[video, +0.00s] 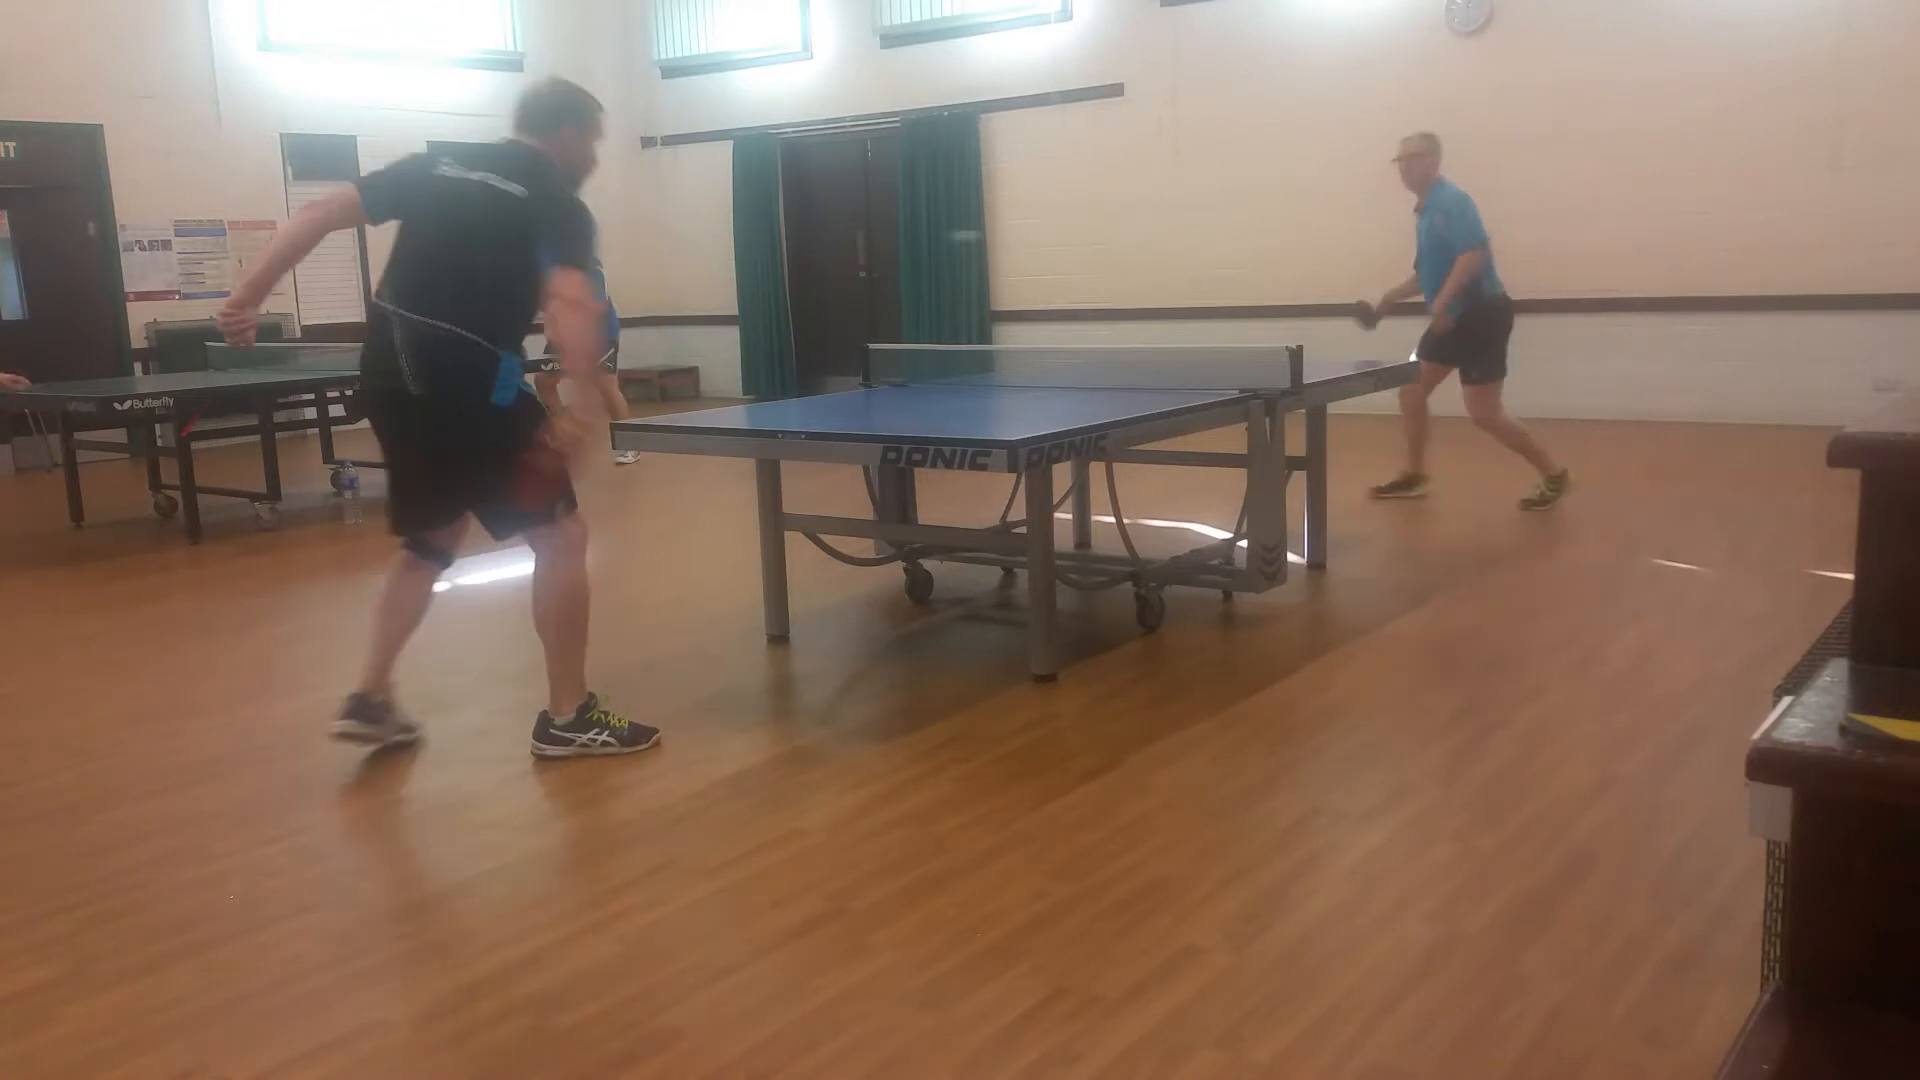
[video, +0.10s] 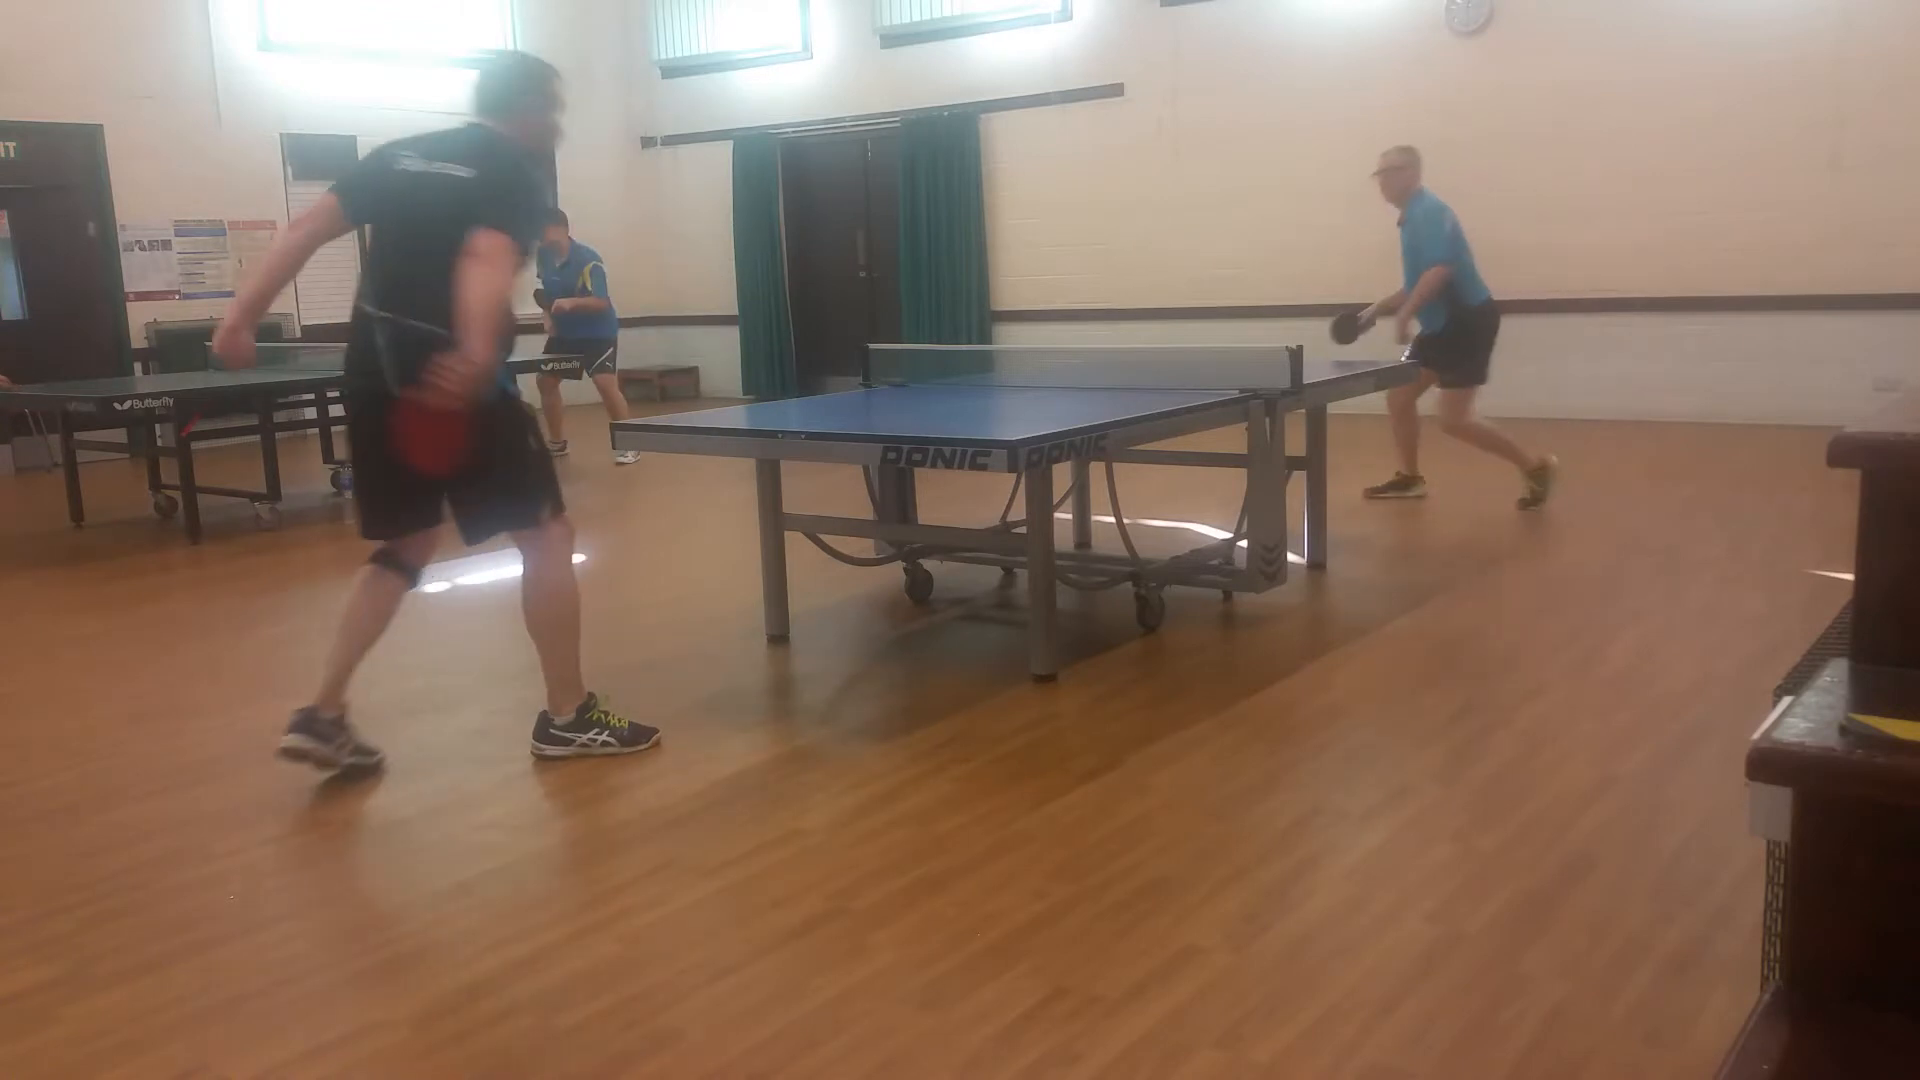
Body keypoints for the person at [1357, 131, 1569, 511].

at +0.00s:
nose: (1403, 168)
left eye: (1411, 160)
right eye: (1401, 161)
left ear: (1432, 162)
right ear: (1403, 165)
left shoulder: (1453, 201)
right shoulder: (1428, 208)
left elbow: (1473, 256)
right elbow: (1427, 272)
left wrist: (1440, 306)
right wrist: (1388, 298)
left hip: (1484, 312)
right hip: (1454, 315)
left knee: (1484, 412)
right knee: (1412, 389)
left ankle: (1554, 475)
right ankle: (1414, 474)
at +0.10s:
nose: (1379, 183)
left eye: (1385, 175)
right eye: (1378, 176)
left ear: (1408, 174)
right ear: (1398, 177)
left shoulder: (1428, 212)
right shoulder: (1411, 216)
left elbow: (1440, 270)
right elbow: (1417, 282)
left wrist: (1405, 315)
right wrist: (1377, 310)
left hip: (1471, 318)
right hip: (1443, 320)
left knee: (1454, 421)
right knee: (1400, 393)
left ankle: (1535, 468)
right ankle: (1408, 477)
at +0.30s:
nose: (1348, 200)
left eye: (1354, 192)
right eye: (1348, 193)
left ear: (1376, 189)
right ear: (1376, 190)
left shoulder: (1396, 220)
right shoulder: (1389, 223)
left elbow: (1390, 282)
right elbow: (1397, 285)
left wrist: (1356, 319)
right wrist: (1376, 316)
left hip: (1450, 319)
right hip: (1430, 322)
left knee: (1412, 409)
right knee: (1378, 394)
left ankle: (1480, 491)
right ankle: (1404, 472)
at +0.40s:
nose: (1337, 214)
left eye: (1342, 206)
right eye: (1337, 207)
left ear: (1362, 203)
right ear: (1370, 204)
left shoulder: (1377, 233)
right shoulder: (1392, 230)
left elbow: (1362, 293)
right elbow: (1397, 296)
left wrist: (1332, 323)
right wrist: (1358, 309)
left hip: (1430, 330)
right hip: (1423, 328)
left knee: (1406, 424)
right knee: (1358, 383)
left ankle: (1480, 491)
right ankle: (1380, 464)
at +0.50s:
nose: (1322, 227)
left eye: (1323, 218)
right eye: (1320, 219)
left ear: (1340, 214)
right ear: (1355, 212)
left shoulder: (1352, 239)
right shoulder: (1379, 236)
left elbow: (1328, 296)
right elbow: (1381, 295)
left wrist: (1298, 322)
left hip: (1406, 336)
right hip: (1423, 331)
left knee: (1402, 426)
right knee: (1349, 390)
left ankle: (1475, 488)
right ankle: (1330, 462)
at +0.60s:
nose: (1301, 238)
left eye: (1302, 229)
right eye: (1300, 230)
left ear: (1316, 224)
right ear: (1331, 222)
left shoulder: (1326, 246)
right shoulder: (1355, 245)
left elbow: (1292, 297)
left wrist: (1258, 321)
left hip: (1379, 337)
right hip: (1395, 334)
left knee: (1394, 421)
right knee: (1330, 404)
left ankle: (1463, 479)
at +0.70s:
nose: (1280, 253)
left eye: (1281, 248)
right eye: (1280, 249)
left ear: (1290, 241)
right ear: (1311, 237)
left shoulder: (1295, 258)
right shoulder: (1337, 260)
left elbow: (1256, 303)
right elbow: (1364, 300)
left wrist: (1229, 324)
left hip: (1355, 339)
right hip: (1380, 334)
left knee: (1381, 420)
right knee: (1302, 390)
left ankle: (1444, 475)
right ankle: (1296, 462)